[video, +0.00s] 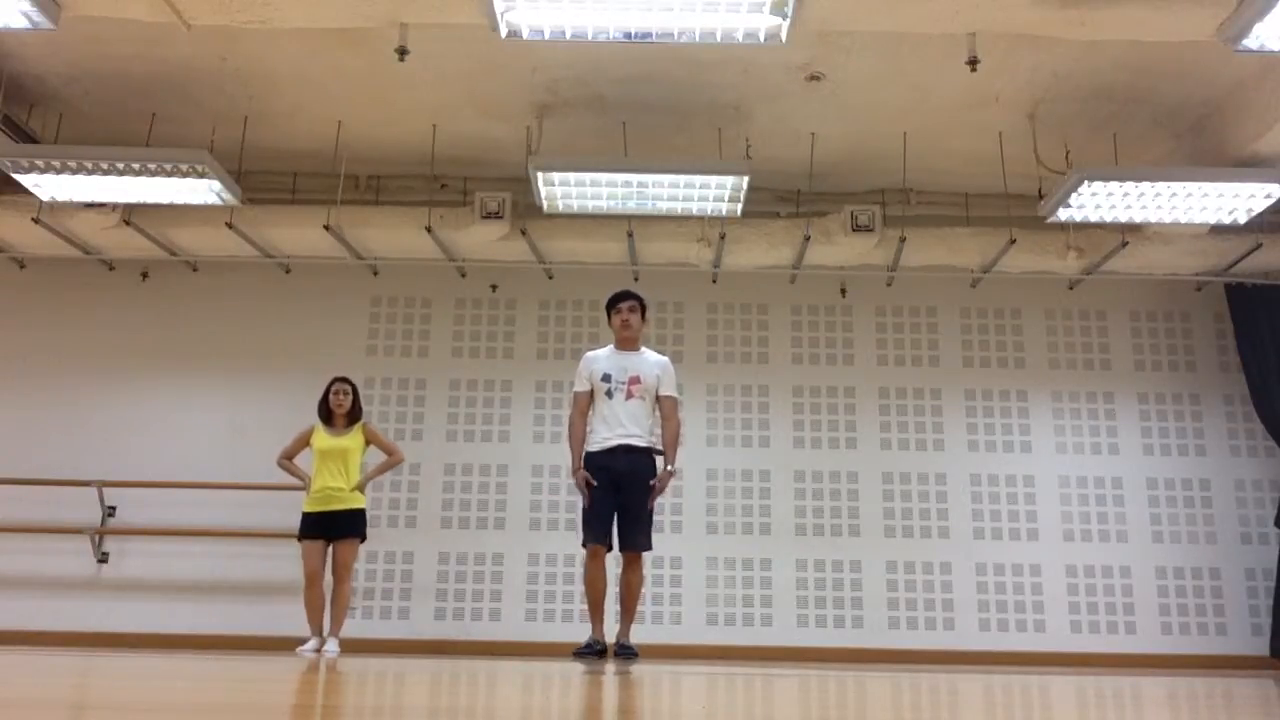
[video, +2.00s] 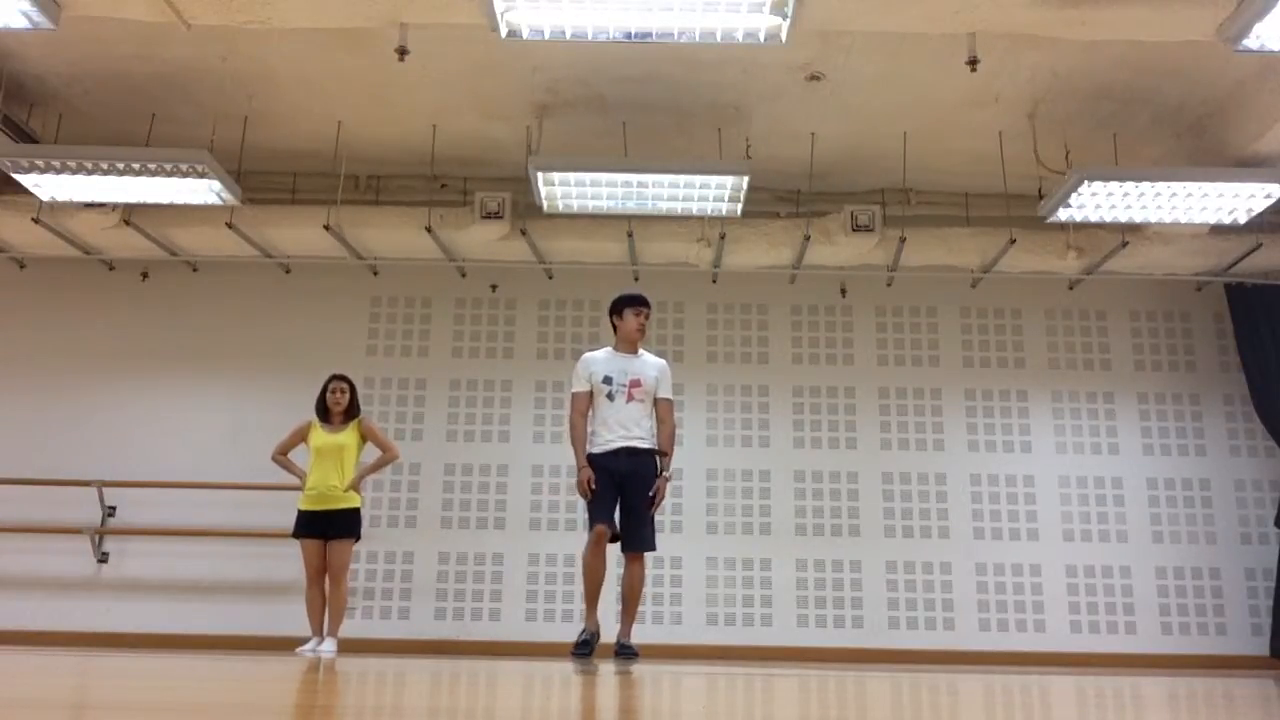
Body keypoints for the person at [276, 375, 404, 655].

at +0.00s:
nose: (340, 398)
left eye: (346, 394)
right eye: (335, 393)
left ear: (353, 400)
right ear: (327, 398)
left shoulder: (363, 430)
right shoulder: (315, 431)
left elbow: (398, 456)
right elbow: (283, 459)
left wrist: (366, 478)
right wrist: (305, 478)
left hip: (349, 507)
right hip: (316, 506)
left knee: (342, 575)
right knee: (312, 575)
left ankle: (333, 637)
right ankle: (316, 636)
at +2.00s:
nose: (337, 396)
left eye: (343, 392)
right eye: (332, 391)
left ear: (351, 397)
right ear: (324, 396)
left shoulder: (360, 426)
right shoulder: (311, 427)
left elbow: (393, 453)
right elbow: (277, 454)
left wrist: (361, 476)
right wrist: (302, 475)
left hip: (344, 507)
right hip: (311, 506)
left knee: (337, 577)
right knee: (313, 576)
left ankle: (332, 637)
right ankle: (316, 636)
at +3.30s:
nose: (336, 396)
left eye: (342, 392)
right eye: (332, 392)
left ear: (352, 397)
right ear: (325, 397)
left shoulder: (361, 427)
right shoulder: (313, 427)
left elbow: (391, 451)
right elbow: (280, 454)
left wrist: (357, 446)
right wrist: (302, 472)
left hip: (343, 507)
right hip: (310, 506)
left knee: (335, 577)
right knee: (309, 578)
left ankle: (329, 638)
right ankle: (313, 637)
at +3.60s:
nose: (338, 396)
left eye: (343, 392)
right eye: (333, 391)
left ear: (351, 398)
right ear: (325, 396)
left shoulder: (358, 427)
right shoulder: (313, 426)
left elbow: (375, 431)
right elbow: (281, 453)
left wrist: (362, 404)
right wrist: (302, 472)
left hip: (343, 506)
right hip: (310, 505)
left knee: (334, 577)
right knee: (309, 576)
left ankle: (328, 638)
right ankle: (308, 636)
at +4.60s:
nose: (337, 397)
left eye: (342, 393)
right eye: (332, 392)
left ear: (349, 398)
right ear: (322, 396)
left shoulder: (356, 431)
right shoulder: (308, 429)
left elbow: (371, 469)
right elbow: (273, 459)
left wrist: (362, 437)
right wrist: (279, 491)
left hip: (340, 507)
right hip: (307, 506)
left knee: (330, 575)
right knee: (308, 575)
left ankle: (325, 637)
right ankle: (308, 636)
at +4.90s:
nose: (336, 396)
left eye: (342, 391)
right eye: (332, 391)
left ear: (350, 397)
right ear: (323, 396)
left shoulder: (360, 428)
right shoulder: (308, 431)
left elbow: (370, 466)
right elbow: (297, 471)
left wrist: (338, 474)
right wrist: (299, 503)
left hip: (341, 509)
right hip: (309, 509)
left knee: (334, 574)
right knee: (308, 575)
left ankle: (328, 637)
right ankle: (309, 636)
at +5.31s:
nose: (337, 396)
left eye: (342, 392)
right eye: (332, 392)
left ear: (351, 398)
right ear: (324, 397)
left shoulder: (362, 430)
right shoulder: (310, 433)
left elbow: (374, 470)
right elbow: (301, 475)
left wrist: (365, 503)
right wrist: (290, 509)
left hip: (343, 508)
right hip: (309, 508)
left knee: (335, 577)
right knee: (310, 577)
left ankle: (328, 637)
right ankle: (310, 636)